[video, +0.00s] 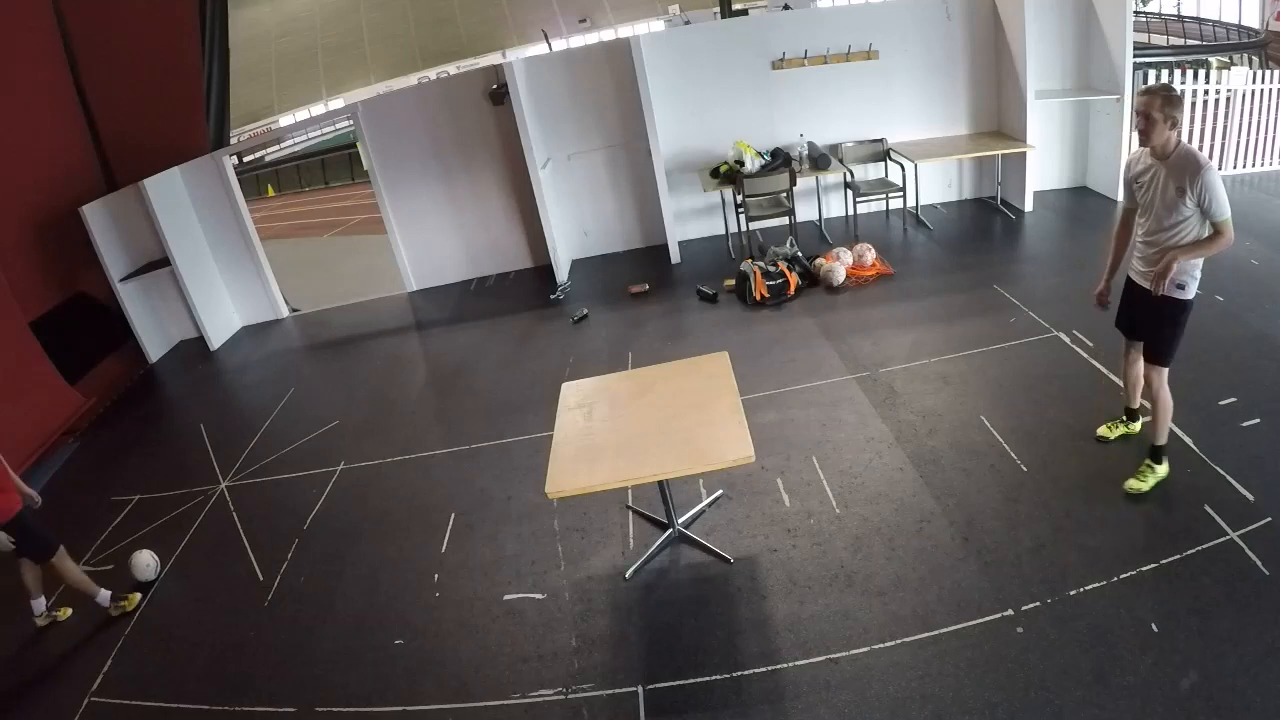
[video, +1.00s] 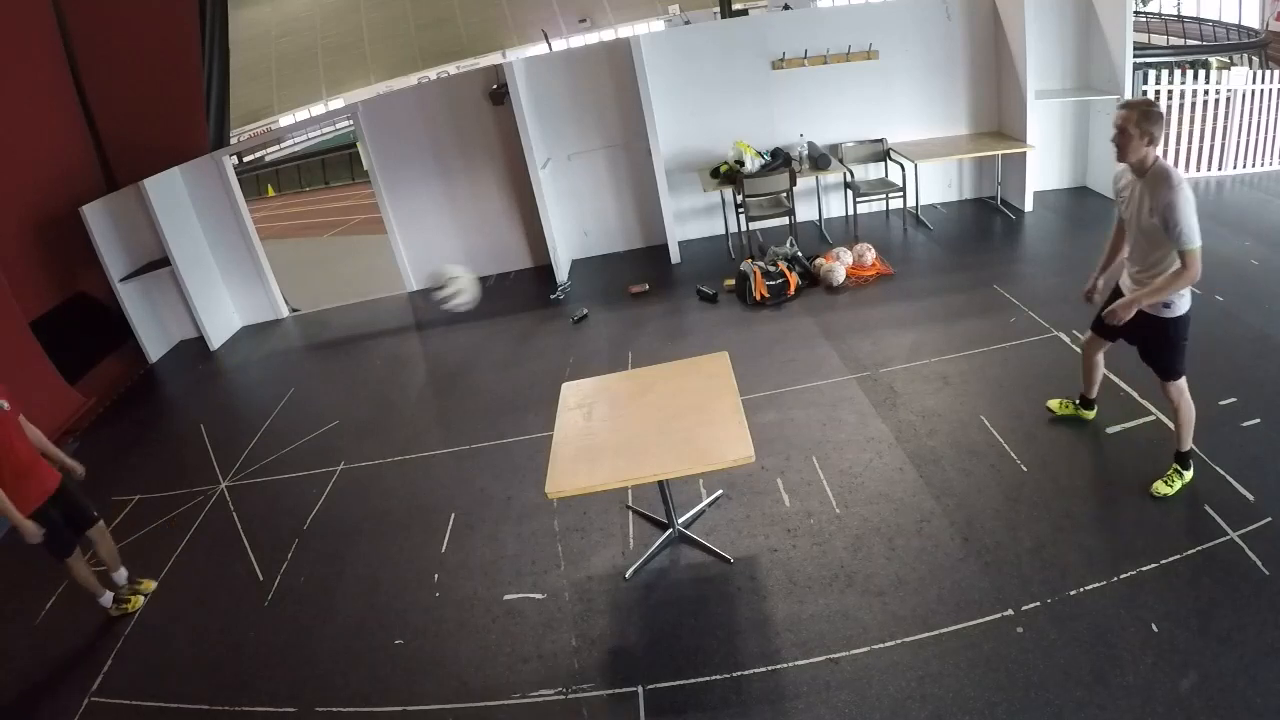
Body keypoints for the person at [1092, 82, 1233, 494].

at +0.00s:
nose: (1137, 123)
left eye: (1145, 118)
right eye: (1136, 115)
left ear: (1171, 122)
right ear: (1138, 118)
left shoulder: (1199, 172)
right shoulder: (1136, 163)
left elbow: (1224, 236)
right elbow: (1126, 221)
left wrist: (1176, 254)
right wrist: (1108, 278)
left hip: (1175, 288)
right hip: (1137, 278)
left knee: (1155, 372)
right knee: (1132, 349)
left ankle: (1157, 458)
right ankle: (1132, 416)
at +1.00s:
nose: (1115, 137)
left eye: (1124, 133)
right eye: (1116, 130)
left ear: (1149, 141)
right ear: (1124, 135)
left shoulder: (1172, 190)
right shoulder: (1123, 177)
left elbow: (1191, 269)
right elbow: (1122, 231)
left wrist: (1136, 300)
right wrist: (1100, 276)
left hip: (1166, 307)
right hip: (1127, 291)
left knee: (1174, 389)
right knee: (1091, 347)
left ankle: (1183, 463)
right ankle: (1086, 404)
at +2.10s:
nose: (922, 134)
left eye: (926, 127)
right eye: (922, 127)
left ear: (948, 126)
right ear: (950, 126)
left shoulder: (975, 176)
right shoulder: (961, 161)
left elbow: (985, 252)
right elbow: (960, 226)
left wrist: (950, 303)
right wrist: (939, 266)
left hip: (956, 284)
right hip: (941, 272)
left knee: (916, 349)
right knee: (914, 331)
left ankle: (975, 396)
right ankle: (929, 398)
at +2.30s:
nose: (912, 144)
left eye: (915, 136)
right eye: (912, 137)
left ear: (937, 136)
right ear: (940, 135)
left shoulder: (965, 183)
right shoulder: (948, 169)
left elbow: (972, 258)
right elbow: (942, 232)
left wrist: (949, 319)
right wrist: (919, 266)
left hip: (930, 290)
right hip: (912, 266)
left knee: (896, 353)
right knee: (851, 293)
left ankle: (930, 413)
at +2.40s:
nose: (905, 143)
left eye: (909, 136)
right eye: (905, 136)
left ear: (930, 136)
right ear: (933, 135)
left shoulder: (953, 184)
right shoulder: (941, 170)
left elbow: (944, 253)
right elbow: (930, 236)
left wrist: (911, 314)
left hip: (927, 288)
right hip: (908, 264)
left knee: (895, 356)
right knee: (842, 266)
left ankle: (930, 413)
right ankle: (867, 331)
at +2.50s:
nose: (898, 132)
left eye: (903, 125)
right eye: (898, 125)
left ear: (924, 126)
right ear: (926, 126)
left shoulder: (943, 175)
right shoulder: (934, 163)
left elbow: (924, 248)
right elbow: (924, 230)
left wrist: (879, 296)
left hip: (928, 278)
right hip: (908, 259)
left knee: (902, 353)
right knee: (839, 283)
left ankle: (931, 413)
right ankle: (875, 347)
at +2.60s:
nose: (894, 128)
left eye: (897, 121)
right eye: (893, 121)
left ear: (919, 120)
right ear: (920, 120)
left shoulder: (936, 168)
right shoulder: (927, 159)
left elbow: (918, 241)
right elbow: (912, 229)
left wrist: (872, 287)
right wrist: (883, 251)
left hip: (922, 277)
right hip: (906, 268)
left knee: (898, 349)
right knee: (858, 320)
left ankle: (931, 411)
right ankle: (894, 381)